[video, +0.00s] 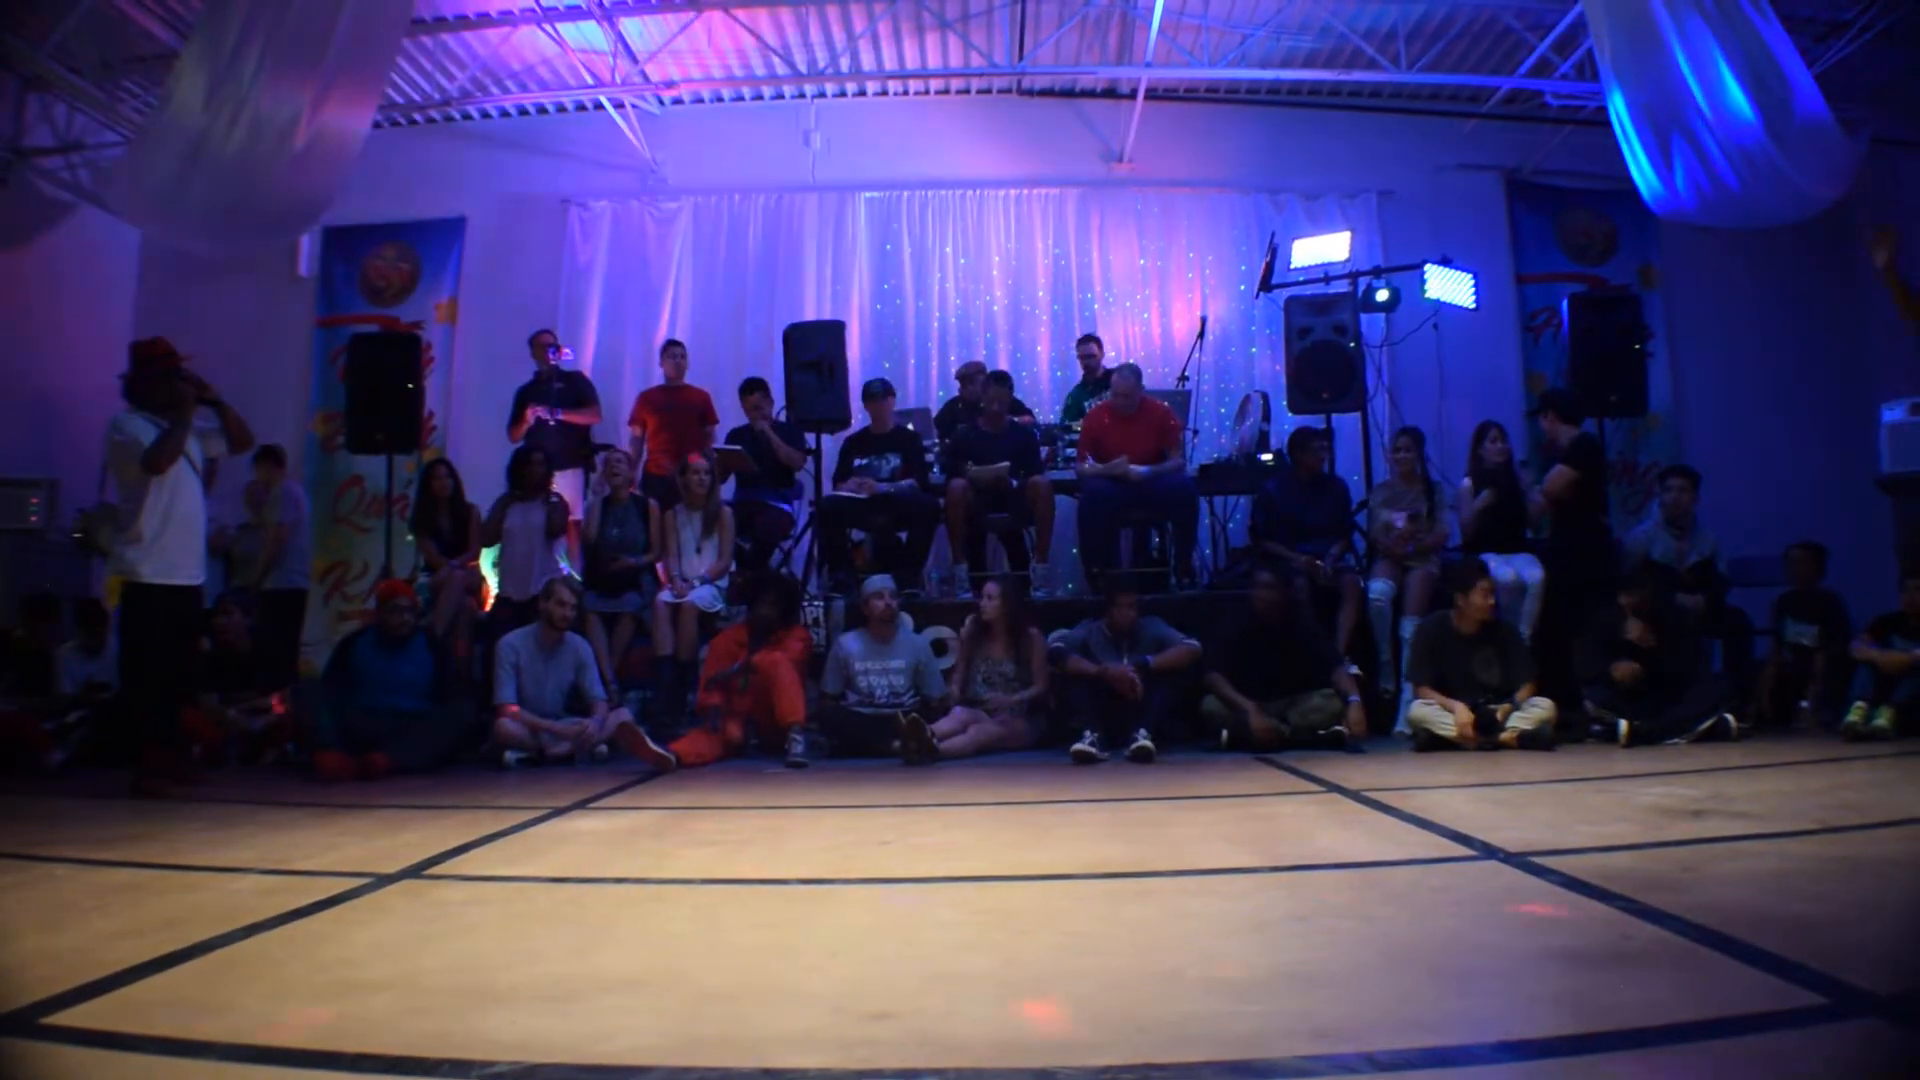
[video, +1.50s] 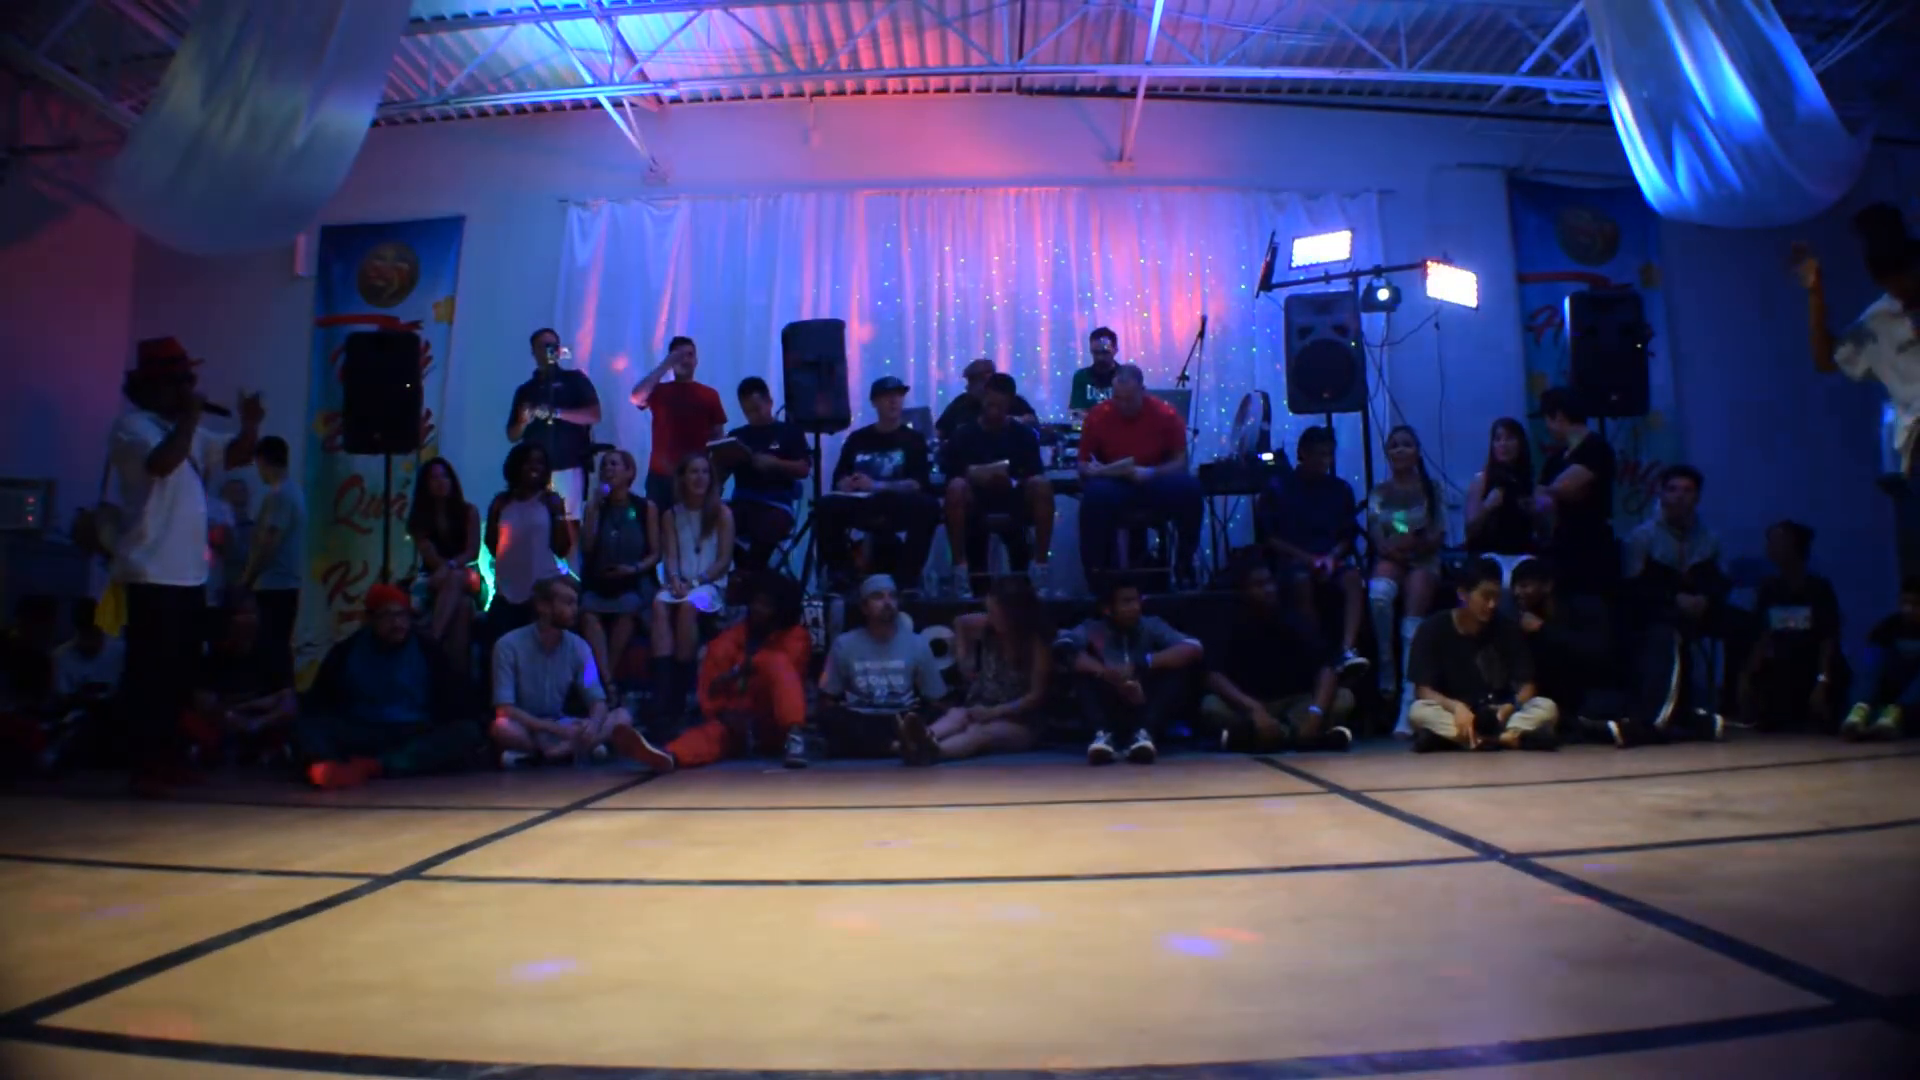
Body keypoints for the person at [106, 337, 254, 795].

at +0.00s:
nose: (176, 387)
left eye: (178, 378)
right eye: (165, 379)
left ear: (179, 385)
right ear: (143, 385)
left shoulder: (183, 433)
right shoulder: (127, 427)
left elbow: (241, 441)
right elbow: (155, 462)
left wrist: (213, 400)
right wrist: (184, 412)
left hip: (186, 580)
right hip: (147, 580)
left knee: (180, 681)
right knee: (148, 682)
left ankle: (176, 764)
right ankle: (147, 769)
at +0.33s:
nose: (178, 388)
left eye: (180, 380)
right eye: (168, 380)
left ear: (181, 386)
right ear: (147, 386)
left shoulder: (186, 432)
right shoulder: (129, 426)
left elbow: (242, 434)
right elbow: (157, 461)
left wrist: (213, 396)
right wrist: (187, 412)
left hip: (186, 579)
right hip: (148, 578)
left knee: (180, 679)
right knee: (149, 679)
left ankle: (174, 762)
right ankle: (147, 768)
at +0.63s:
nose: (179, 390)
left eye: (180, 381)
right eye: (170, 382)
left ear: (177, 385)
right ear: (147, 386)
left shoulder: (180, 431)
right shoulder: (127, 425)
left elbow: (239, 440)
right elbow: (157, 463)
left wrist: (215, 400)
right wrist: (186, 413)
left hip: (183, 581)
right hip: (148, 580)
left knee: (177, 682)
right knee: (147, 682)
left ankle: (171, 765)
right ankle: (145, 771)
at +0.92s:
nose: (185, 390)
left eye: (186, 382)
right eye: (177, 382)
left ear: (178, 388)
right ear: (155, 386)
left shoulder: (184, 434)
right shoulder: (133, 426)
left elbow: (242, 441)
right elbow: (166, 461)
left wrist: (218, 399)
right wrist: (193, 411)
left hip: (187, 579)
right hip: (152, 578)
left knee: (181, 678)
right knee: (151, 680)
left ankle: (172, 762)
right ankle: (147, 769)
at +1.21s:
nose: (188, 390)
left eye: (189, 382)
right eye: (180, 382)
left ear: (180, 387)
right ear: (157, 386)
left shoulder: (180, 431)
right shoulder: (138, 427)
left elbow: (240, 444)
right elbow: (170, 464)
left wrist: (224, 404)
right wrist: (200, 411)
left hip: (186, 579)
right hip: (155, 579)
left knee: (179, 679)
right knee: (152, 680)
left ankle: (171, 762)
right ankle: (148, 768)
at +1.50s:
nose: (189, 391)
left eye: (189, 383)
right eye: (179, 383)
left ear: (184, 386)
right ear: (154, 387)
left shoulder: (187, 433)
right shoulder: (132, 426)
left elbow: (236, 456)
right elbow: (160, 464)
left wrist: (248, 428)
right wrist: (189, 418)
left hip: (188, 577)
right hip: (151, 575)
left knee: (181, 677)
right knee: (151, 677)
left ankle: (172, 761)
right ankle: (146, 767)